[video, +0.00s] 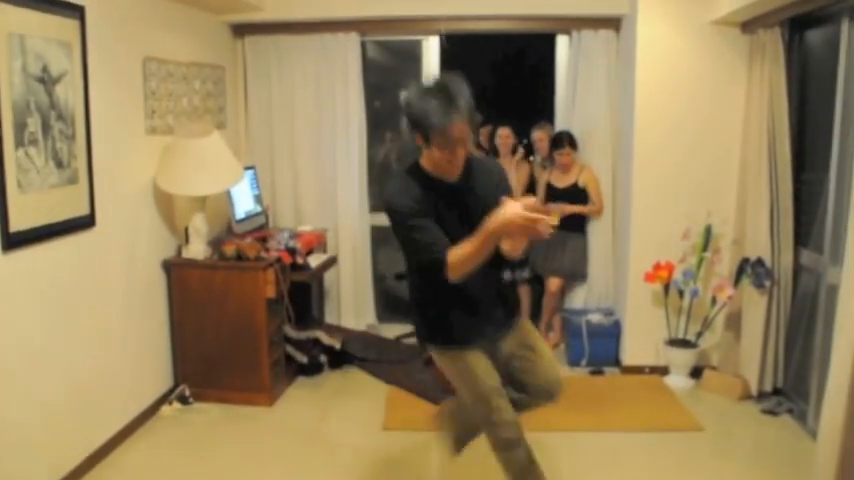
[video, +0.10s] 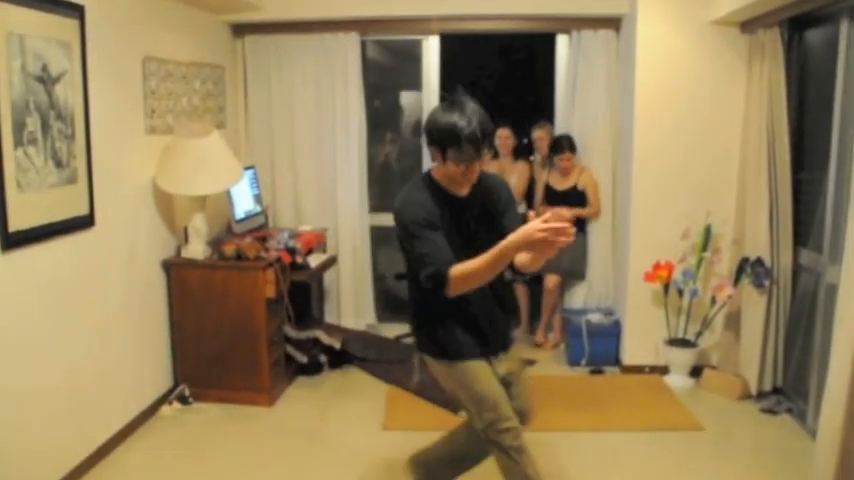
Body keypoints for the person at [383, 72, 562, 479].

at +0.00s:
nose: (459, 157)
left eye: (465, 144)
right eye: (447, 147)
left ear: (472, 135)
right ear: (422, 142)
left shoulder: (486, 172)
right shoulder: (405, 195)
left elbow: (512, 251)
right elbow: (449, 269)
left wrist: (521, 226)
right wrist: (496, 225)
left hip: (496, 311)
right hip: (449, 327)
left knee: (545, 383)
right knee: (499, 418)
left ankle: (456, 420)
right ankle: (529, 476)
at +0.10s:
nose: (472, 171)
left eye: (478, 161)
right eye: (461, 163)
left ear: (486, 154)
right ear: (437, 155)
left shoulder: (492, 188)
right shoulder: (415, 204)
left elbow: (523, 262)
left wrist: (546, 245)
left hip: (494, 324)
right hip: (447, 334)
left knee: (514, 415)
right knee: (503, 427)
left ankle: (428, 466)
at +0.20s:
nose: (473, 161)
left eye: (480, 150)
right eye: (462, 151)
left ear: (488, 144)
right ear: (440, 144)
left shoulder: (496, 184)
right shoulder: (415, 189)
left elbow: (513, 260)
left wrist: (543, 237)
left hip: (474, 325)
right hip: (426, 326)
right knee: (483, 428)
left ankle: (403, 476)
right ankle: (507, 476)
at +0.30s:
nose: (466, 150)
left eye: (475, 139)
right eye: (456, 139)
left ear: (487, 135)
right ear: (437, 132)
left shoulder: (497, 182)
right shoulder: (412, 177)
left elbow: (503, 256)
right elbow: (414, 259)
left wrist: (532, 225)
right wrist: (446, 228)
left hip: (460, 311)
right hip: (410, 311)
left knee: (431, 409)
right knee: (455, 405)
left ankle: (396, 472)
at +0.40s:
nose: (448, 129)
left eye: (458, 119)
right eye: (440, 118)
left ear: (477, 114)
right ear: (427, 113)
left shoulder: (493, 163)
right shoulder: (407, 154)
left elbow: (486, 244)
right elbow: (398, 240)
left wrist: (478, 214)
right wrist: (402, 220)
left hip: (452, 288)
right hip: (400, 282)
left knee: (430, 402)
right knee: (421, 378)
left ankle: (394, 474)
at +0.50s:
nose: (434, 137)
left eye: (445, 127)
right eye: (427, 126)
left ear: (468, 120)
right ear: (416, 118)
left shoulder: (490, 166)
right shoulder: (400, 152)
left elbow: (474, 243)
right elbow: (387, 238)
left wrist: (416, 219)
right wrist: (406, 209)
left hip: (447, 296)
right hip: (391, 285)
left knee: (416, 408)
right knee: (381, 379)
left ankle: (387, 473)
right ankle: (361, 401)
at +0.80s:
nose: (409, 152)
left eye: (417, 140)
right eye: (402, 141)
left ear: (442, 132)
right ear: (392, 139)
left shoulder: (476, 182)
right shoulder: (389, 182)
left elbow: (472, 260)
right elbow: (394, 258)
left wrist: (437, 245)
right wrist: (355, 249)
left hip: (457, 320)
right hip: (406, 318)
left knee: (429, 415)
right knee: (418, 415)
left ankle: (395, 471)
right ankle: (452, 472)